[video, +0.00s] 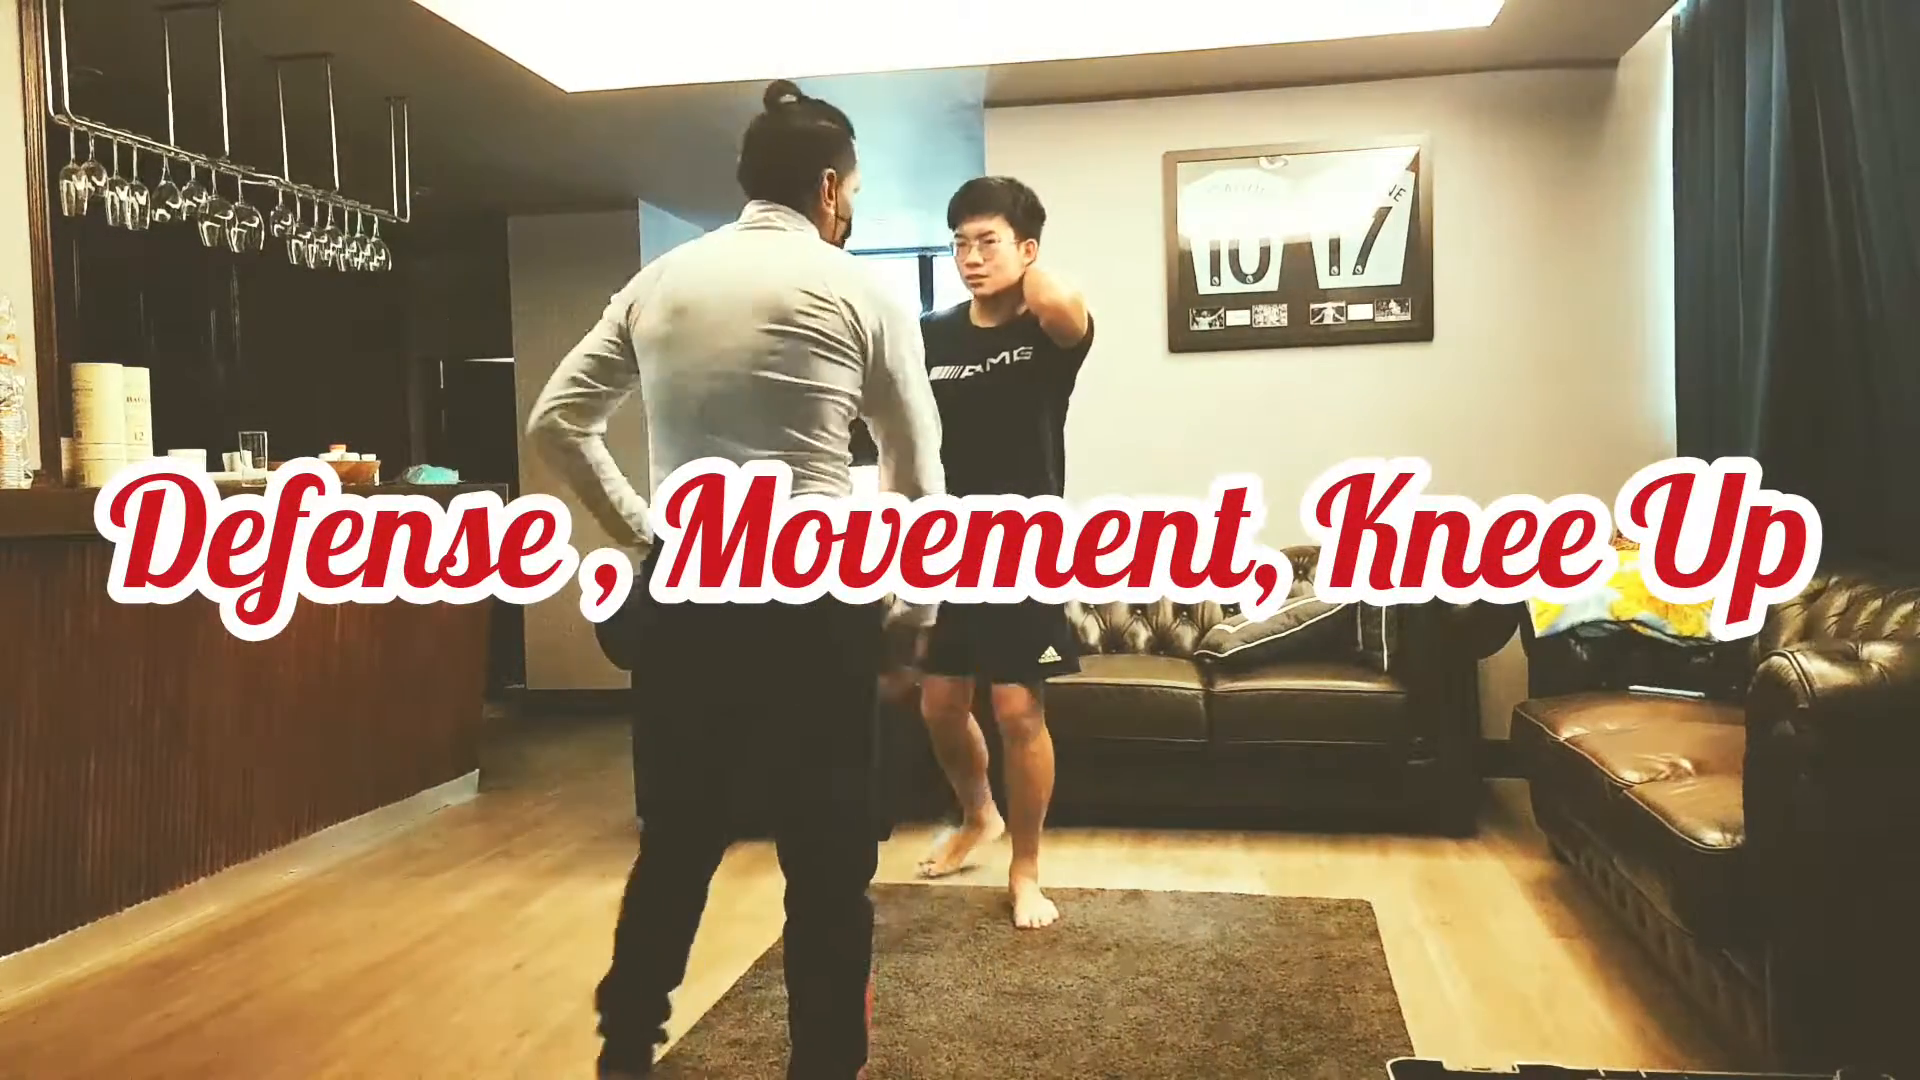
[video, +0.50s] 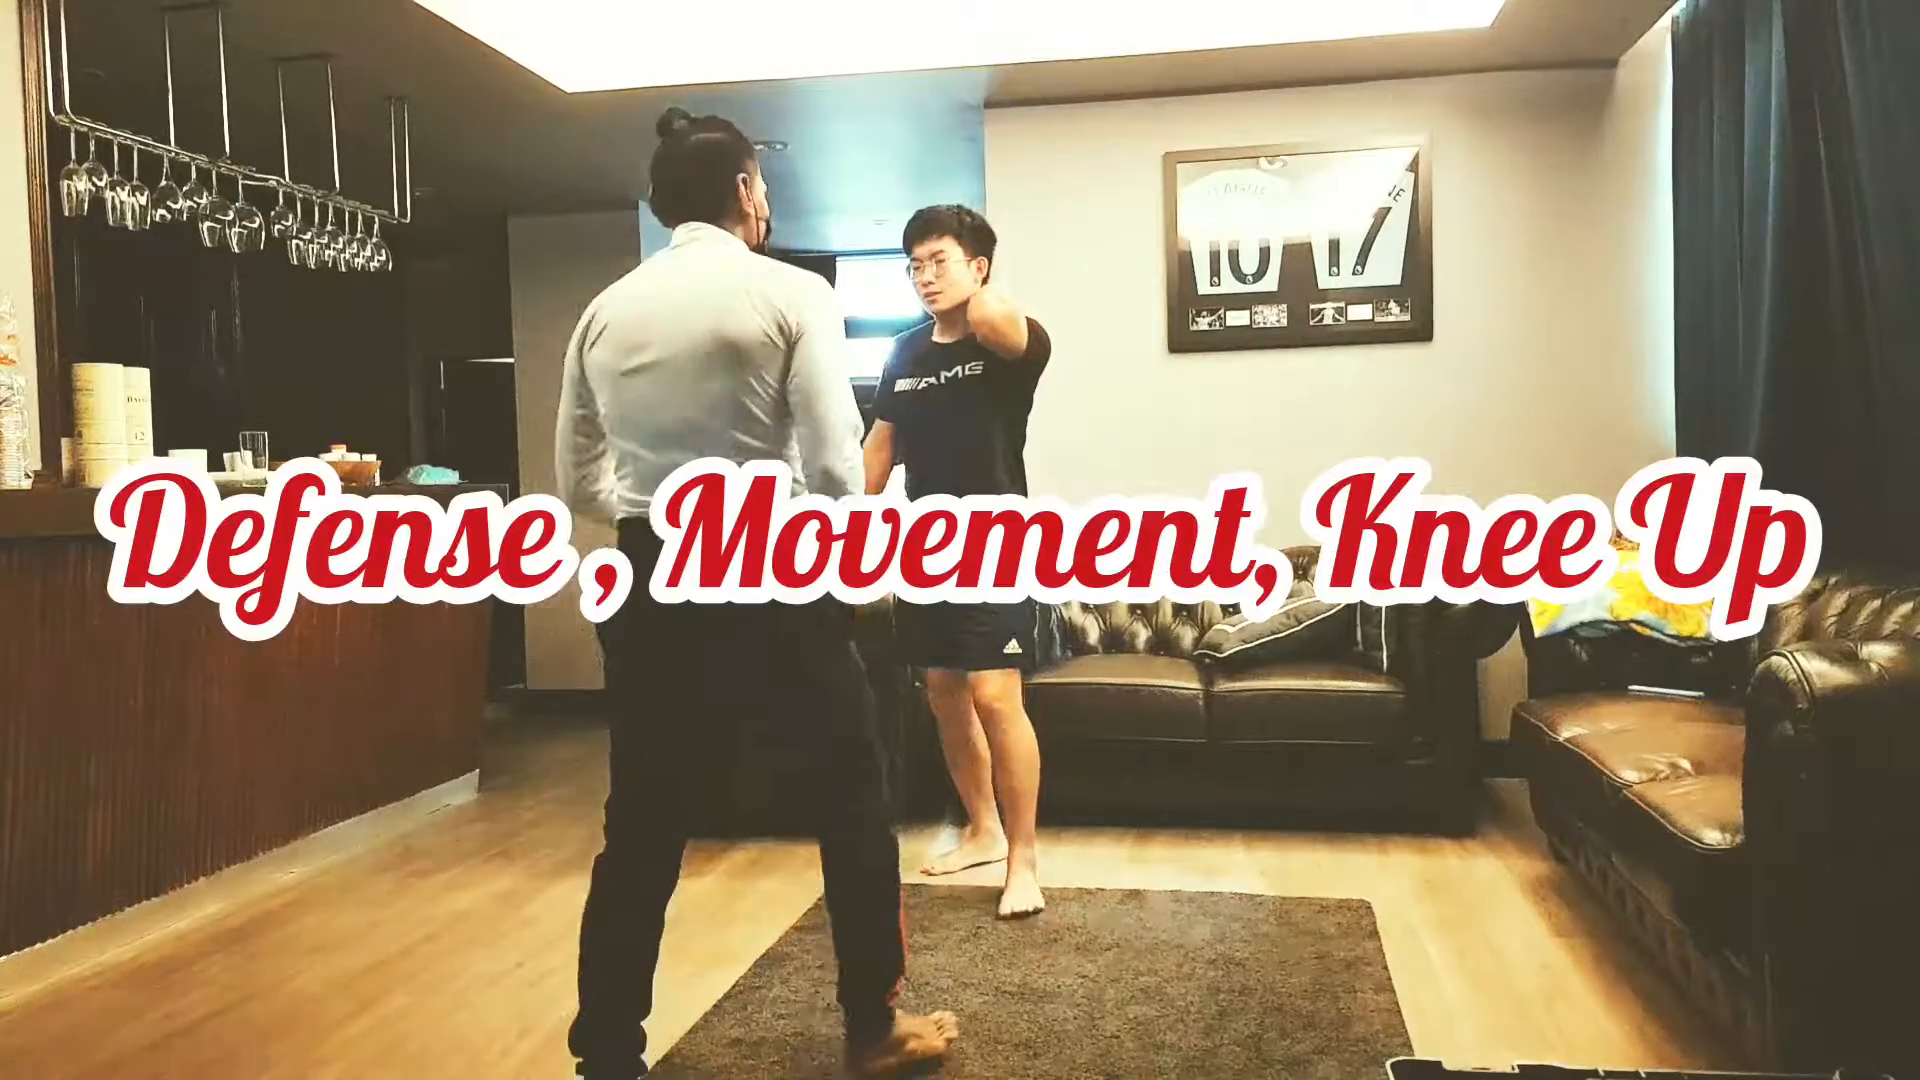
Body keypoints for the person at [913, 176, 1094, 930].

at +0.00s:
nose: (972, 257)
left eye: (988, 242)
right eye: (963, 244)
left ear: (1028, 249)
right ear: (953, 254)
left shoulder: (1051, 332)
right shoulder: (931, 338)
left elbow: (1067, 319)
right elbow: (885, 412)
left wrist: (1039, 281)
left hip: (1024, 544)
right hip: (945, 543)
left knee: (1016, 709)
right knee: (941, 701)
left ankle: (1026, 871)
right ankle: (980, 816)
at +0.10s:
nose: (962, 265)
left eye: (977, 250)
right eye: (952, 253)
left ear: (1017, 256)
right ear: (942, 263)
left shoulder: (1044, 340)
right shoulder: (922, 344)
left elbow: (1055, 325)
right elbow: (872, 420)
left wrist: (1029, 287)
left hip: (1016, 552)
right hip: (937, 550)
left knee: (1007, 708)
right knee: (943, 701)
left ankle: (1024, 869)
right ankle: (980, 820)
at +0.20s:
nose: (950, 273)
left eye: (965, 258)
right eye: (940, 262)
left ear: (1006, 263)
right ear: (932, 271)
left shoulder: (1034, 342)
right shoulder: (916, 349)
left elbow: (1041, 332)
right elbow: (893, 447)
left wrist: (1018, 299)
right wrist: (874, 520)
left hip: (1009, 549)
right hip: (932, 550)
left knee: (1000, 707)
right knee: (946, 700)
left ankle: (1024, 869)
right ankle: (981, 824)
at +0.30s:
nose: (941, 278)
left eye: (954, 263)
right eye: (931, 267)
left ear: (996, 267)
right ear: (924, 276)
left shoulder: (1028, 346)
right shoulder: (912, 352)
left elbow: (1023, 333)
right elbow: (881, 455)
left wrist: (1007, 299)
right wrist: (862, 545)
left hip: (1002, 549)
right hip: (928, 552)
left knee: (999, 703)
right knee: (947, 700)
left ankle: (1024, 868)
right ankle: (983, 828)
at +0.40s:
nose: (930, 278)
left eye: (944, 263)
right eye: (922, 267)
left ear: (986, 268)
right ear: (917, 276)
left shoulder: (1020, 343)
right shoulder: (909, 351)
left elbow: (1004, 329)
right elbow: (878, 453)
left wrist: (999, 291)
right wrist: (857, 548)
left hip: (999, 549)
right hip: (926, 552)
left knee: (998, 701)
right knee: (946, 698)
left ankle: (1025, 863)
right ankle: (983, 827)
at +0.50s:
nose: (926, 276)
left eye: (939, 261)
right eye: (918, 265)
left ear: (980, 267)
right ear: (912, 276)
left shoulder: (1018, 339)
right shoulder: (908, 351)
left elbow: (993, 325)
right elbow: (878, 450)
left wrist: (986, 288)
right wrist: (844, 522)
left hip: (997, 541)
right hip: (926, 545)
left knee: (994, 695)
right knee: (944, 691)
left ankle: (1024, 861)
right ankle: (982, 830)